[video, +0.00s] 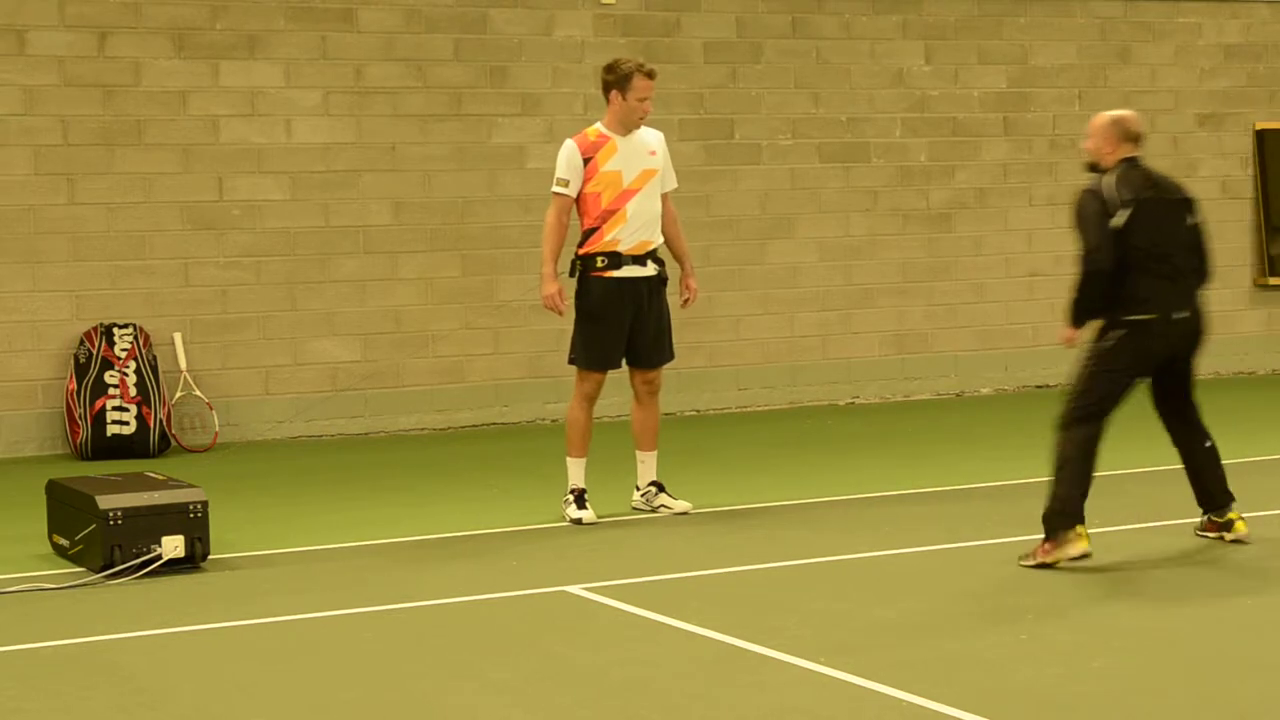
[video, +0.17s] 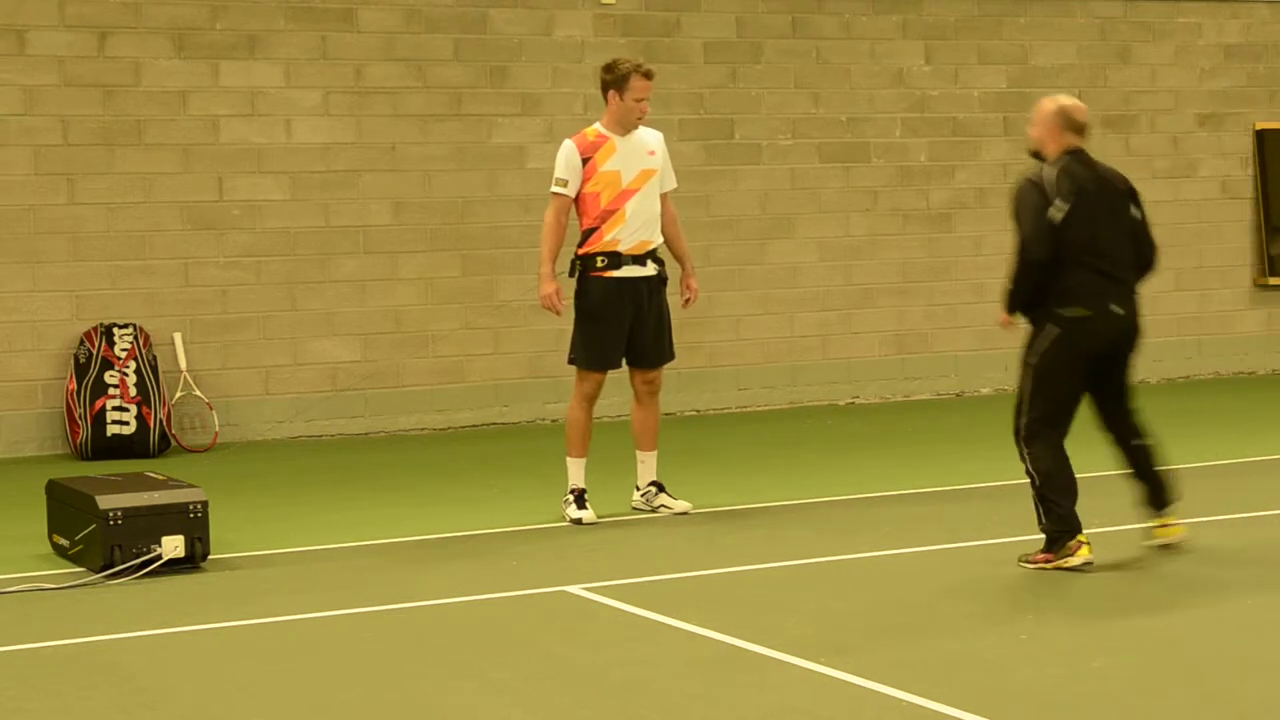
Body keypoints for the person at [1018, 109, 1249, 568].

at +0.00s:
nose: (1085, 147)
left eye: (1091, 139)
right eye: (1087, 138)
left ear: (1113, 144)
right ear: (1129, 145)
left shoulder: (1098, 194)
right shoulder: (1173, 191)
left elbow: (1101, 261)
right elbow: (1198, 264)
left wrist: (1077, 317)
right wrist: (1166, 293)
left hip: (1129, 329)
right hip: (1181, 324)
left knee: (1080, 419)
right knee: (1180, 412)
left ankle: (1063, 531)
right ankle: (1222, 513)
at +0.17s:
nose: (1030, 131)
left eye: (1037, 123)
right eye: (1033, 122)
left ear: (1056, 130)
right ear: (1076, 131)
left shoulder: (1040, 184)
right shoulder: (1117, 182)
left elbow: (1036, 251)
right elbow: (1144, 254)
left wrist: (1015, 303)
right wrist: (1108, 282)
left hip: (1065, 325)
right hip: (1117, 321)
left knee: (1036, 430)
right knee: (1117, 413)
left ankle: (1064, 539)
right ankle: (1162, 509)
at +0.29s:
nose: (1001, 108)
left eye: (1004, 100)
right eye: (1003, 99)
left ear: (1020, 104)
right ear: (1047, 104)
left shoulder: (1005, 156)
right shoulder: (1089, 154)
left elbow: (1002, 220)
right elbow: (1119, 227)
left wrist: (980, 275)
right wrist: (1087, 262)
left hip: (1032, 297)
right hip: (1086, 293)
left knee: (1014, 404)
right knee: (1056, 399)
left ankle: (1040, 524)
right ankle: (1067, 507)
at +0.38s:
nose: (980, 107)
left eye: (984, 99)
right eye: (983, 98)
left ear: (1002, 103)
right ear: (1028, 103)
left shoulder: (984, 153)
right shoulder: (1069, 151)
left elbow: (979, 223)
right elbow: (1102, 227)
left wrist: (957, 276)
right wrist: (1070, 265)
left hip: (1010, 295)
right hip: (1066, 293)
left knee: (979, 402)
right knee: (1030, 402)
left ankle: (997, 523)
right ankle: (1032, 518)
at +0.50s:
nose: (950, 132)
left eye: (954, 124)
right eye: (953, 123)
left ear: (966, 128)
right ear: (996, 130)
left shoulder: (953, 182)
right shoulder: (1039, 183)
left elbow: (944, 250)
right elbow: (1071, 260)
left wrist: (919, 306)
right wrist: (1039, 304)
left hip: (976, 320)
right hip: (1034, 323)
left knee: (924, 416)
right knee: (994, 425)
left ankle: (889, 533)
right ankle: (1014, 539)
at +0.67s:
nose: (903, 185)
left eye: (906, 177)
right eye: (906, 176)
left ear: (917, 181)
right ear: (949, 183)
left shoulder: (900, 234)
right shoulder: (994, 234)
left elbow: (891, 307)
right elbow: (1027, 316)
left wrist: (876, 359)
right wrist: (1012, 375)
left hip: (934, 362)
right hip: (995, 365)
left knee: (874, 456)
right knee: (959, 441)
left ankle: (845, 566)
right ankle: (1010, 539)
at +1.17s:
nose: (979, 166)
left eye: (983, 159)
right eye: (983, 157)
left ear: (994, 163)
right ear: (1026, 165)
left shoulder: (967, 209)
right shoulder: (1059, 220)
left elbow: (935, 273)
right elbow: (1083, 296)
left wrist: (907, 332)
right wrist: (1075, 360)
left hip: (984, 342)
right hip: (1044, 351)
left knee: (924, 426)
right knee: (1006, 433)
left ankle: (891, 527)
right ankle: (1012, 539)